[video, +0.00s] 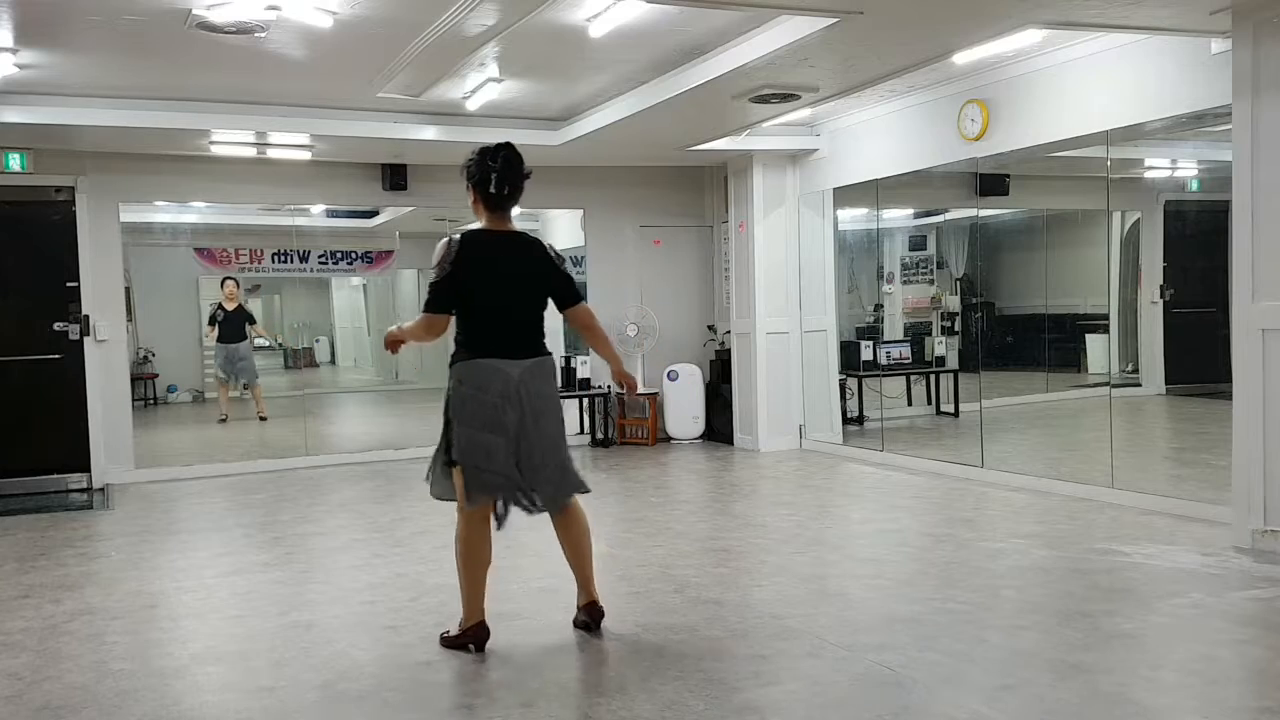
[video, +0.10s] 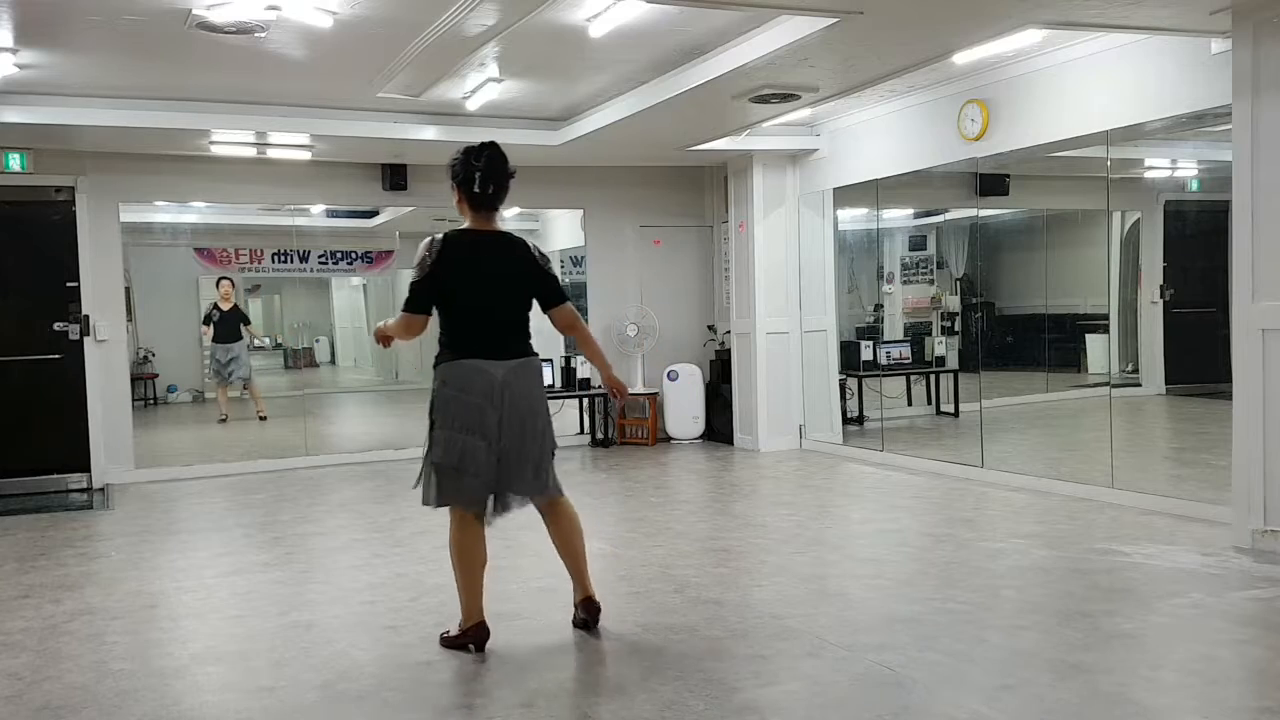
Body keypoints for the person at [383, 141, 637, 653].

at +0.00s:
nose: (469, 196)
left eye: (469, 190)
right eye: (471, 189)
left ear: (473, 194)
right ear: (519, 193)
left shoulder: (458, 249)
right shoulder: (539, 253)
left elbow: (435, 324)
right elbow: (581, 316)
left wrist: (404, 333)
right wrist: (617, 364)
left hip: (478, 381)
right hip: (537, 380)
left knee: (474, 500)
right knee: (560, 490)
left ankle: (473, 622)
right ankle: (590, 601)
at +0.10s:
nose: (456, 195)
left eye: (454, 189)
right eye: (461, 188)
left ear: (458, 195)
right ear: (505, 194)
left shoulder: (440, 251)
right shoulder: (524, 252)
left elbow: (412, 324)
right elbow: (568, 321)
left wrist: (390, 330)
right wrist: (607, 372)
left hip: (463, 380)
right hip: (523, 379)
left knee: (465, 503)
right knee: (548, 490)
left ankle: (472, 623)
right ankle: (586, 596)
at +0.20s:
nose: (444, 195)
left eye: (442, 188)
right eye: (453, 187)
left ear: (444, 195)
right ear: (492, 194)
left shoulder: (426, 251)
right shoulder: (513, 252)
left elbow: (396, 323)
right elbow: (553, 320)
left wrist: (379, 333)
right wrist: (595, 373)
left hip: (449, 380)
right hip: (511, 378)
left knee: (459, 503)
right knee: (534, 488)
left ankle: (473, 623)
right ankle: (575, 599)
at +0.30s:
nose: (431, 197)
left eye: (430, 190)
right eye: (443, 189)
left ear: (433, 196)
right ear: (481, 194)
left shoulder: (416, 252)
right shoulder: (503, 252)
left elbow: (383, 323)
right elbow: (544, 320)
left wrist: (370, 347)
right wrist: (587, 371)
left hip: (439, 381)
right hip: (503, 378)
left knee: (452, 505)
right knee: (519, 495)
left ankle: (473, 623)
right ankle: (547, 605)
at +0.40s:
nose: (428, 198)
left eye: (424, 191)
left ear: (424, 197)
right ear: (473, 195)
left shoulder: (408, 254)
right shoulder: (494, 252)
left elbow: (376, 320)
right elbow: (538, 320)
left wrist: (356, 358)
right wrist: (584, 371)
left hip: (430, 383)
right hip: (493, 382)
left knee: (448, 508)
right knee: (503, 500)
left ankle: (472, 623)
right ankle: (504, 612)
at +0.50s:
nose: (426, 200)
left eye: (417, 193)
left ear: (416, 198)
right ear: (465, 195)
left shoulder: (400, 257)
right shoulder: (488, 254)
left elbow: (366, 328)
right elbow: (531, 320)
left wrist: (339, 377)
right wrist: (577, 370)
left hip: (419, 390)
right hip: (484, 389)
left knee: (442, 508)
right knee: (489, 503)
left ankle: (470, 621)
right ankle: (461, 611)